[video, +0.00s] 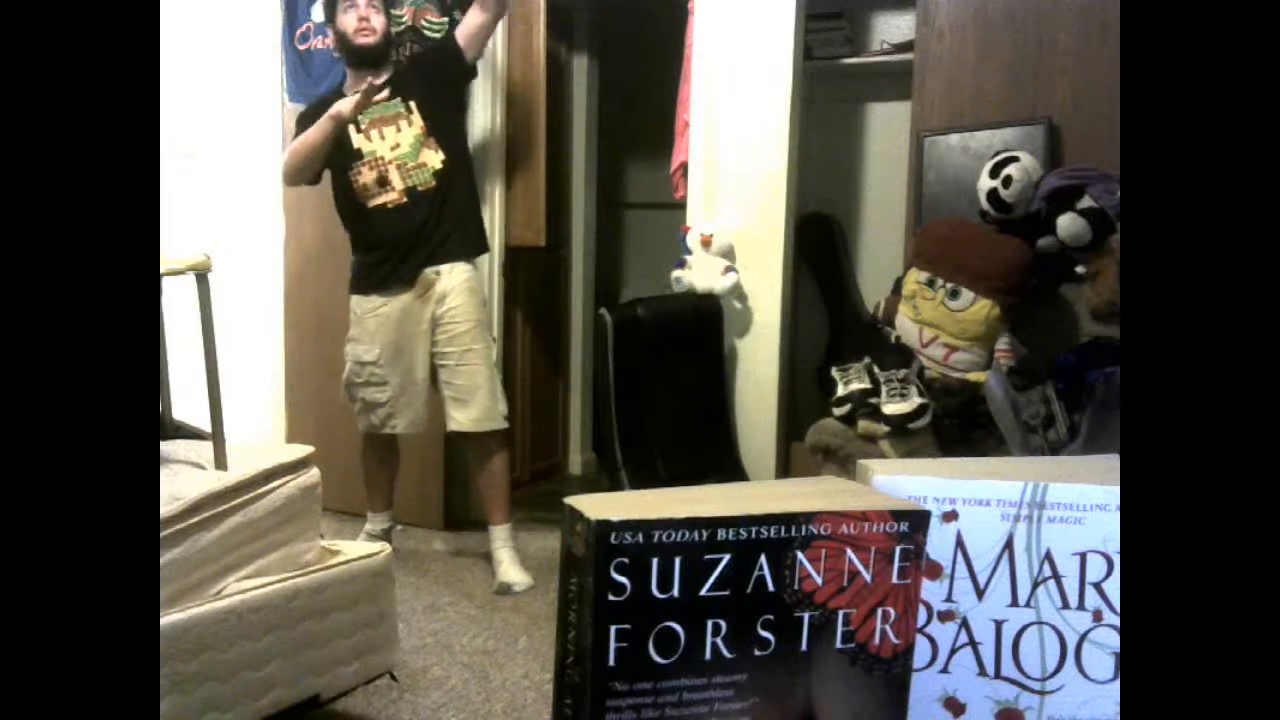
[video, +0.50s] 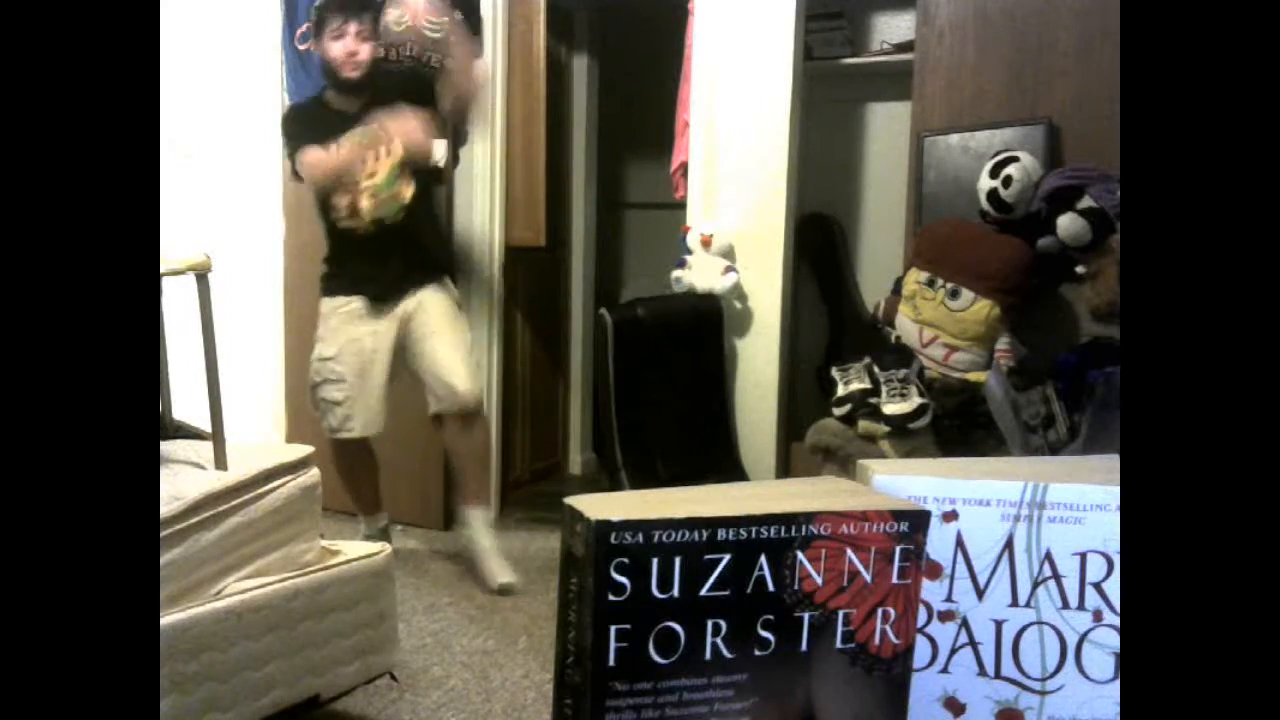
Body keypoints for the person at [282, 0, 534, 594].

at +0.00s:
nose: (364, 13)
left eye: (373, 5)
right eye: (350, 7)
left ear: (388, 19)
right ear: (334, 29)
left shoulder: (432, 69)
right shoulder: (324, 111)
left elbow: (490, 6)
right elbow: (293, 175)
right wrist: (335, 118)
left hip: (453, 263)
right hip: (380, 279)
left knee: (479, 408)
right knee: (378, 410)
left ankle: (503, 544)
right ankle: (378, 531)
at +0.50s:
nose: (352, 48)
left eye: (363, 36)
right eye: (339, 37)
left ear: (379, 42)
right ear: (318, 46)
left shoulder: (407, 88)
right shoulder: (304, 116)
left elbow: (465, 88)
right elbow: (315, 171)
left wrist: (448, 28)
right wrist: (385, 130)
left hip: (424, 278)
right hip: (351, 287)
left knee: (462, 399)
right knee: (346, 420)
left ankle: (476, 527)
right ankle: (375, 531)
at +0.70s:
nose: (355, 66)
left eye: (365, 52)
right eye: (342, 53)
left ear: (381, 53)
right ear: (319, 53)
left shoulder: (403, 120)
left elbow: (412, 222)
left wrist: (350, 267)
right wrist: (320, 259)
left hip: (407, 274)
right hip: (336, 285)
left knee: (447, 376)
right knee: (343, 419)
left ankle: (459, 518)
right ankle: (374, 528)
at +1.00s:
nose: (323, 65)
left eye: (333, 52)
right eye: (311, 53)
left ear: (350, 53)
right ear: (293, 56)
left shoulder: (377, 110)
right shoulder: (281, 111)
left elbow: (353, 193)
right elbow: (201, 115)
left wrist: (276, 214)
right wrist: (214, 78)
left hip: (392, 265)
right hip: (325, 284)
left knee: (399, 346)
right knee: (325, 410)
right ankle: (370, 513)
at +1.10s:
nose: (314, 62)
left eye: (323, 49)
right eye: (301, 50)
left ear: (339, 48)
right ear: (282, 54)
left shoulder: (364, 96)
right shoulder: (270, 113)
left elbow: (372, 146)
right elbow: (193, 107)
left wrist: (297, 169)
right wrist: (250, 86)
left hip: (386, 254)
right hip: (322, 285)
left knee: (420, 293)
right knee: (325, 416)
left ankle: (379, 400)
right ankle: (372, 522)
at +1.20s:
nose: (309, 59)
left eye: (318, 47)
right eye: (296, 49)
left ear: (336, 48)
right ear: (280, 55)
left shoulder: (362, 94)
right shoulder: (272, 110)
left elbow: (392, 130)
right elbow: (202, 126)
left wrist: (299, 154)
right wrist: (254, 117)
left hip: (382, 255)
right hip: (320, 287)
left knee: (418, 268)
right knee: (325, 417)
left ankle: (388, 385)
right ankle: (370, 521)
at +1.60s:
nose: (286, 79)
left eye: (293, 68)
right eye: (273, 70)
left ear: (305, 74)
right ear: (254, 80)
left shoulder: (339, 118)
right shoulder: (253, 145)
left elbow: (412, 97)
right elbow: (316, 151)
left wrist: (469, 62)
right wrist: (394, 105)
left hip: (384, 256)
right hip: (328, 286)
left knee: (378, 177)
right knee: (331, 419)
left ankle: (391, 317)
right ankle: (369, 520)